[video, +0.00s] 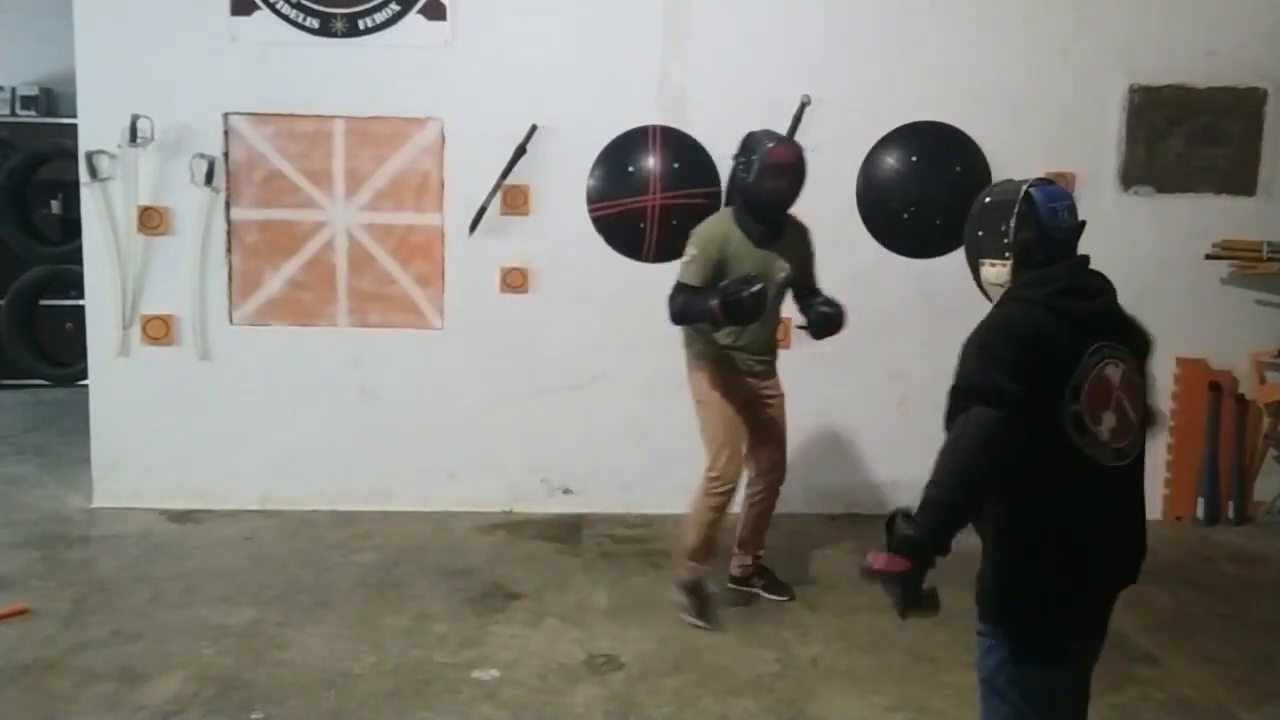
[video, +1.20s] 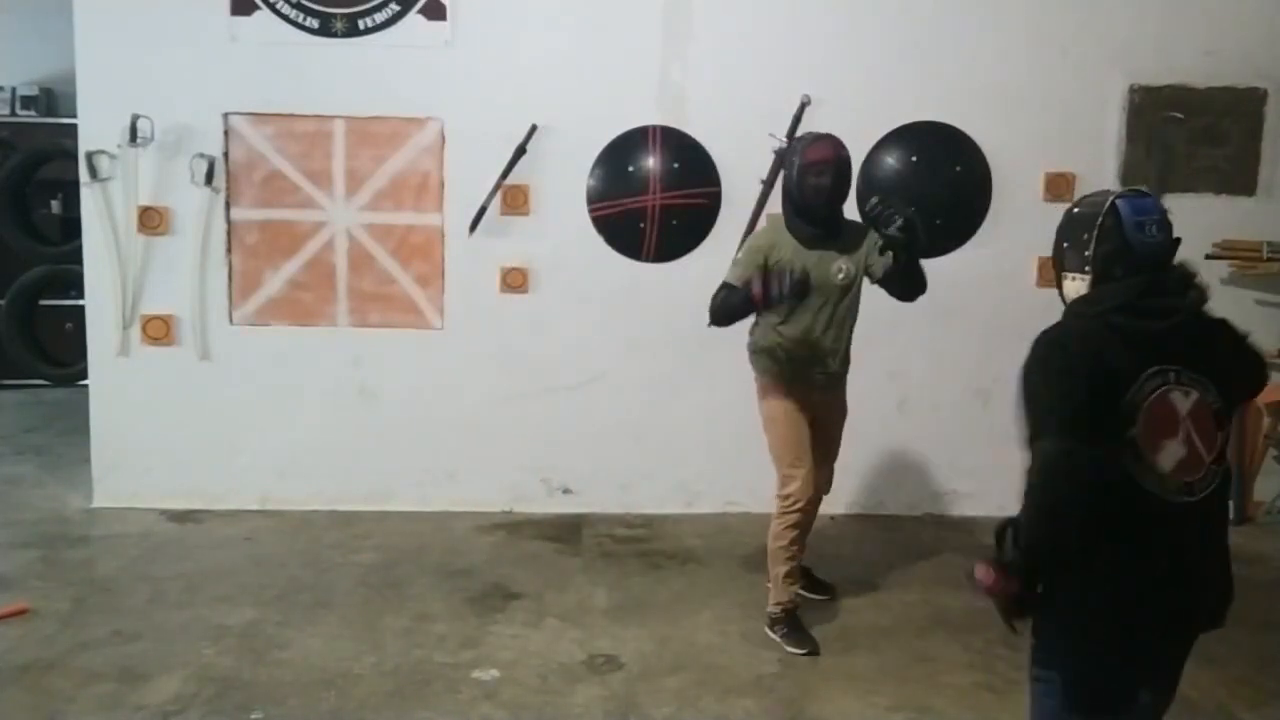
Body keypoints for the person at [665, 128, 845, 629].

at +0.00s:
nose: (785, 189)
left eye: (792, 179)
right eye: (776, 177)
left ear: (798, 182)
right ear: (748, 176)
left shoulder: (794, 235)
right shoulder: (714, 233)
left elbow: (805, 292)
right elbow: (679, 305)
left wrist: (821, 312)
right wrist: (719, 306)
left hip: (762, 368)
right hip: (713, 363)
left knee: (769, 467)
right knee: (726, 464)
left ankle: (747, 568)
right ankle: (692, 575)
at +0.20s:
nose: (802, 202)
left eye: (811, 193)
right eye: (793, 190)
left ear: (818, 198)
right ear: (767, 188)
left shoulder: (813, 251)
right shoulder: (733, 244)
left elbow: (835, 314)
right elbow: (708, 319)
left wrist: (836, 306)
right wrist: (763, 304)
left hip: (775, 375)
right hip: (727, 371)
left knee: (787, 482)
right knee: (761, 481)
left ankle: (751, 567)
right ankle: (738, 596)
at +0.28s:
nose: (810, 221)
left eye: (818, 212)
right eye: (803, 208)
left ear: (823, 215)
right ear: (776, 203)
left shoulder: (810, 259)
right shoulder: (748, 253)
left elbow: (851, 331)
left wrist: (837, 290)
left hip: (773, 382)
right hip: (727, 377)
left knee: (796, 493)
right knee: (772, 487)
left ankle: (754, 567)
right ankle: (742, 589)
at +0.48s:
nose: (831, 244)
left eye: (837, 234)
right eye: (822, 231)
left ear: (840, 234)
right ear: (791, 226)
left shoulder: (825, 285)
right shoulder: (758, 278)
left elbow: (845, 360)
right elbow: (762, 363)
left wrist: (859, 333)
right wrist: (821, 346)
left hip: (789, 400)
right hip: (741, 400)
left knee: (825, 510)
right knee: (788, 507)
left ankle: (760, 557)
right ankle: (770, 629)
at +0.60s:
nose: (830, 233)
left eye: (839, 223)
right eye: (821, 220)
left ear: (845, 226)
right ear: (793, 217)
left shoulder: (839, 279)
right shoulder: (760, 270)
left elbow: (836, 340)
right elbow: (716, 353)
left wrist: (852, 354)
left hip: (805, 405)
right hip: (751, 406)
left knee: (837, 501)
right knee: (786, 508)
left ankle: (780, 548)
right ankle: (772, 629)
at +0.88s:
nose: (817, 204)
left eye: (827, 194)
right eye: (808, 192)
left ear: (839, 200)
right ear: (787, 195)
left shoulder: (848, 257)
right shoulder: (759, 252)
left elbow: (874, 326)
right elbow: (708, 313)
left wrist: (890, 308)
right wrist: (725, 349)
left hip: (822, 392)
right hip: (774, 390)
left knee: (821, 492)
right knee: (788, 498)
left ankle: (790, 565)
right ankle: (769, 622)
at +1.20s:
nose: (824, 184)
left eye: (833, 173)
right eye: (813, 173)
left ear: (845, 180)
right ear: (792, 179)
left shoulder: (860, 240)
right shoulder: (769, 239)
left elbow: (911, 289)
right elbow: (720, 310)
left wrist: (903, 250)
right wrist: (762, 292)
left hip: (829, 380)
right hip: (778, 378)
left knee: (817, 484)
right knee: (798, 487)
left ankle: (792, 567)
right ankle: (780, 608)